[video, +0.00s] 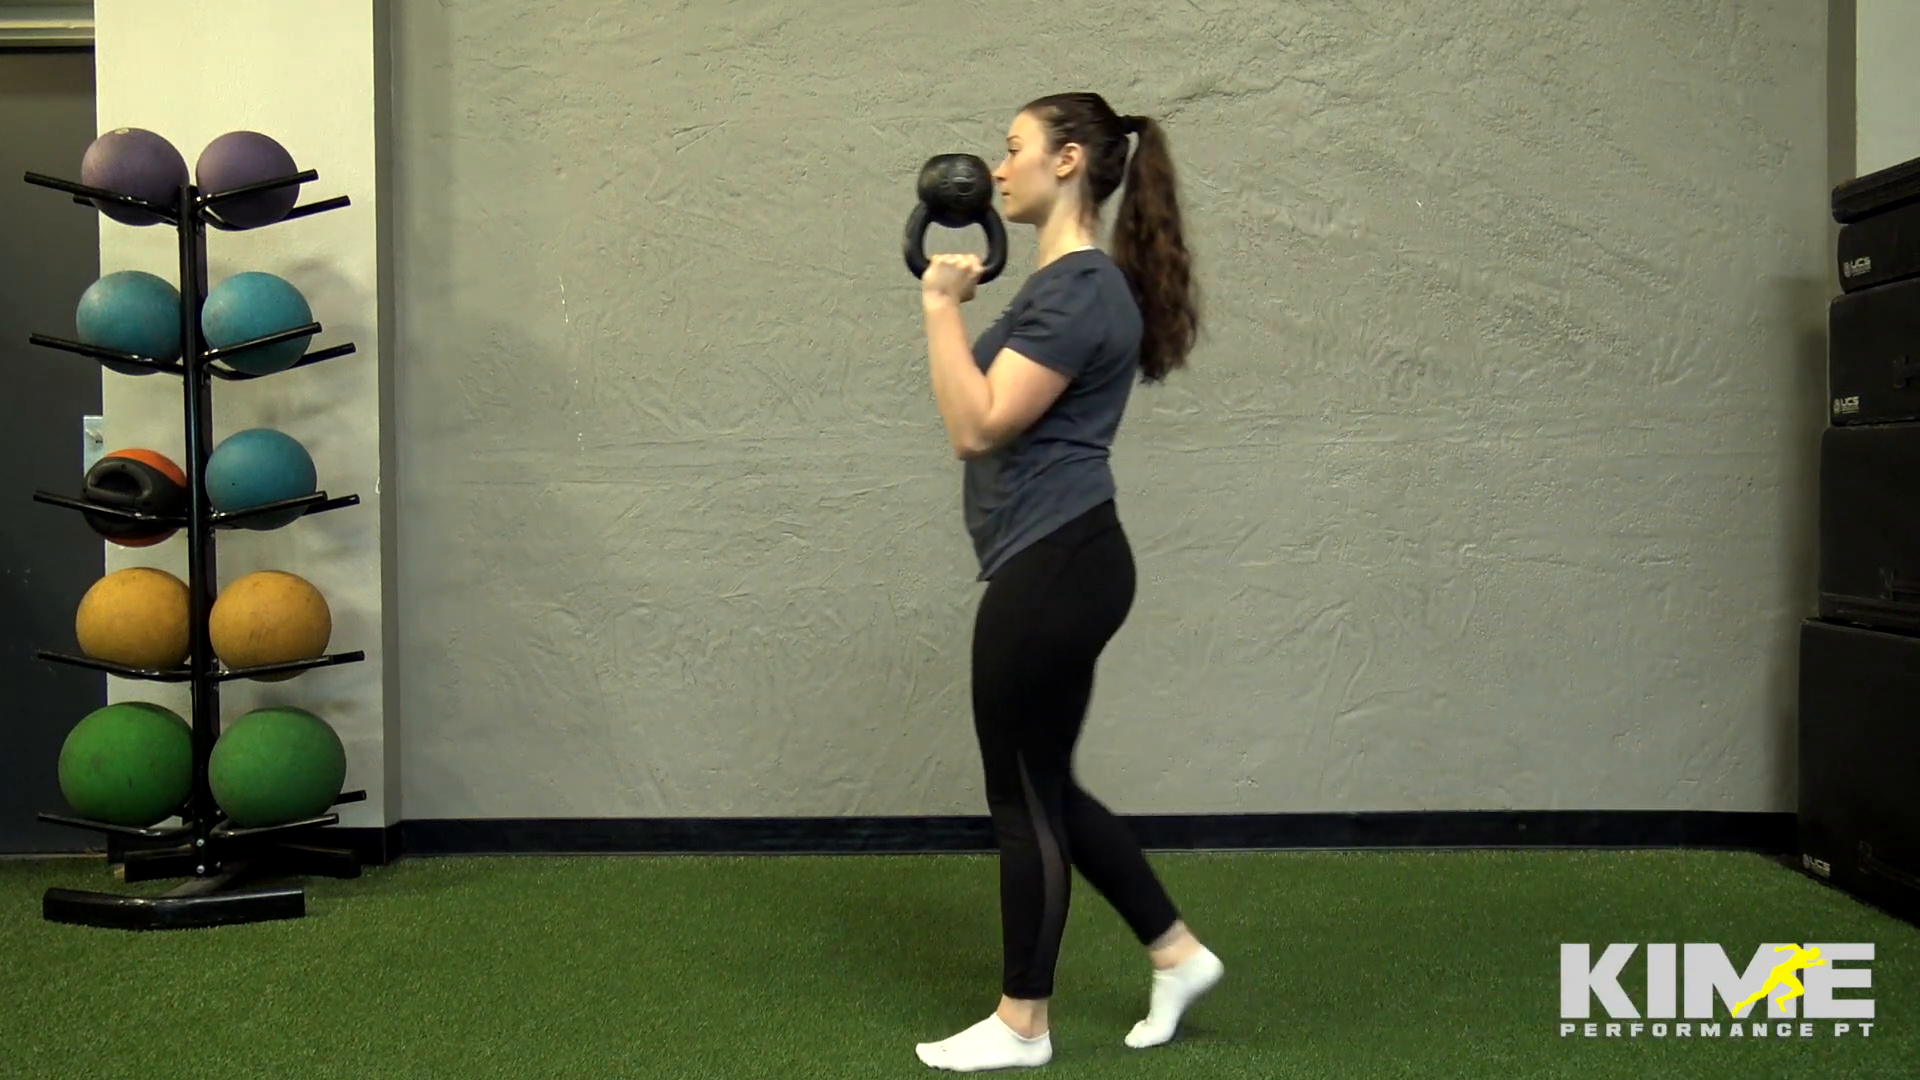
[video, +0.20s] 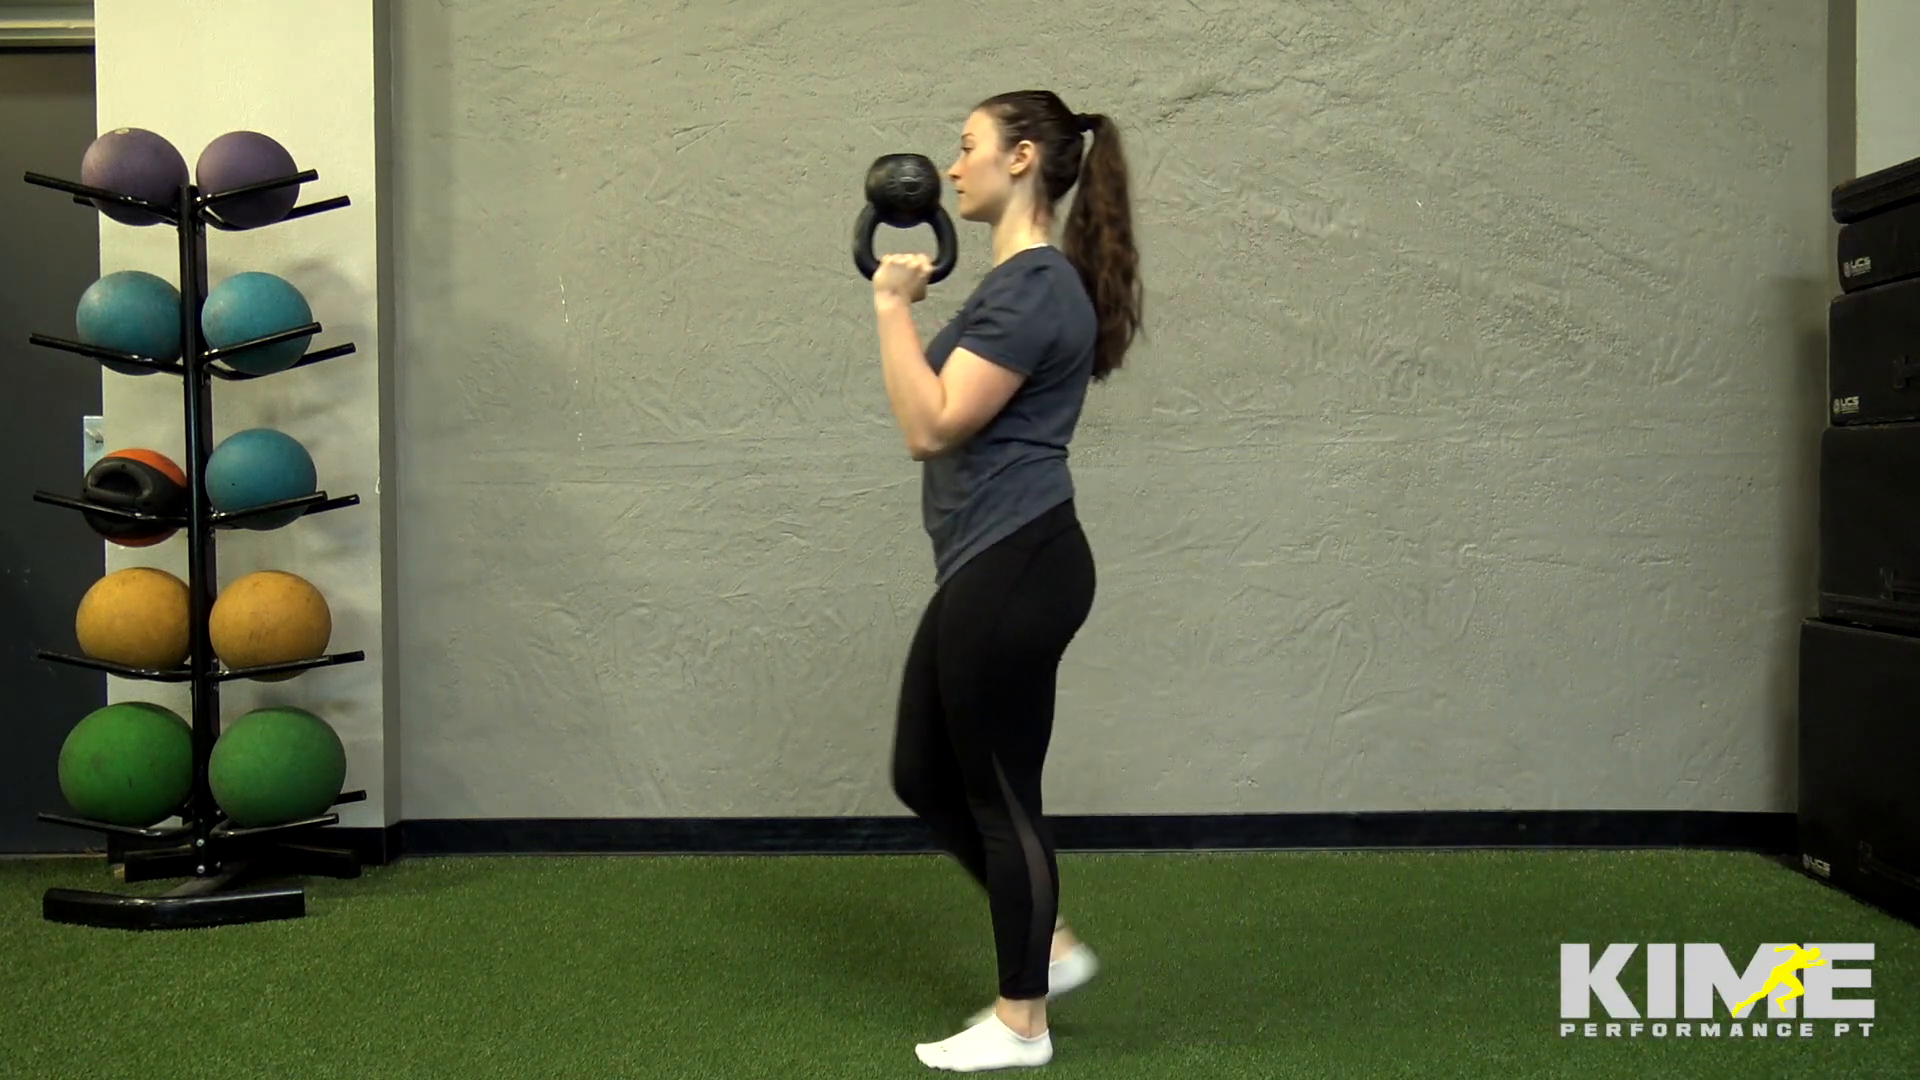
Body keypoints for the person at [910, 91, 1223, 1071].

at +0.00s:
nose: (998, 170)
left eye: (1015, 152)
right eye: (1004, 152)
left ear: (1069, 165)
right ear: (1072, 166)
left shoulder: (1078, 288)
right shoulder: (1067, 281)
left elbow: (979, 424)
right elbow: (976, 425)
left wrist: (940, 304)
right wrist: (950, 306)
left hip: (1053, 565)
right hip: (1058, 558)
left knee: (1020, 792)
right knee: (1045, 782)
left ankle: (1022, 1018)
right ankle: (1178, 952)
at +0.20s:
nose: (952, 168)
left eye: (968, 150)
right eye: (957, 151)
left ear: (1023, 161)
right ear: (1022, 161)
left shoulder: (1039, 286)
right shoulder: (1014, 279)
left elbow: (934, 423)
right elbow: (931, 420)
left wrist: (892, 304)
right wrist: (898, 304)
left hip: (1020, 563)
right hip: (985, 563)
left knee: (1002, 791)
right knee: (923, 775)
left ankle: (1021, 1022)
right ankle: (1049, 944)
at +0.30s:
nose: (934, 168)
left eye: (951, 150)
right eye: (939, 151)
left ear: (1004, 160)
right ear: (1004, 162)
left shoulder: (1023, 285)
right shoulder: (995, 280)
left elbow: (917, 421)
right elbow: (907, 423)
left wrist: (873, 304)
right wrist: (876, 304)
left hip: (1005, 562)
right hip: (963, 564)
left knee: (995, 793)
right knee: (899, 770)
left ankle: (1023, 1020)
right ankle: (958, 979)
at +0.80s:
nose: (813, 174)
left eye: (828, 157)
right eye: (819, 157)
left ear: (878, 171)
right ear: (884, 172)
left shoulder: (888, 295)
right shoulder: (879, 289)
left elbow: (784, 429)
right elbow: (779, 435)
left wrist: (745, 312)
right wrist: (755, 317)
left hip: (871, 564)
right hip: (857, 562)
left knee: (860, 791)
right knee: (835, 788)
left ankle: (996, 987)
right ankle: (820, 1000)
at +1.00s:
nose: (763, 176)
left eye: (778, 159)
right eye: (768, 159)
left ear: (829, 171)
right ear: (833, 173)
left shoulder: (842, 295)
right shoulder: (838, 290)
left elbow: (739, 434)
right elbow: (736, 434)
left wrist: (697, 317)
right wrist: (705, 318)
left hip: (817, 563)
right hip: (832, 558)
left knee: (739, 792)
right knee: (811, 788)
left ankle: (894, 956)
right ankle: (817, 1000)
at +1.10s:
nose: (735, 176)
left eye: (749, 159)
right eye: (740, 159)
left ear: (800, 171)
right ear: (806, 173)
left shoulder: (812, 295)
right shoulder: (818, 290)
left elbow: (710, 433)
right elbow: (706, 434)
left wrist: (669, 317)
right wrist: (676, 318)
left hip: (788, 564)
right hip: (821, 558)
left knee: (689, 781)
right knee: (800, 782)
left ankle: (768, 992)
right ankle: (818, 993)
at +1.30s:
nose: (697, 178)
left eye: (712, 161)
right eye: (704, 161)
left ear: (764, 175)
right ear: (773, 178)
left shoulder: (768, 297)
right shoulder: (789, 292)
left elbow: (663, 435)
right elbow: (676, 432)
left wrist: (625, 315)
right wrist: (631, 324)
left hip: (751, 567)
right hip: (788, 559)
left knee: (657, 779)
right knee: (778, 786)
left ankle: (619, 1009)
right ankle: (816, 999)